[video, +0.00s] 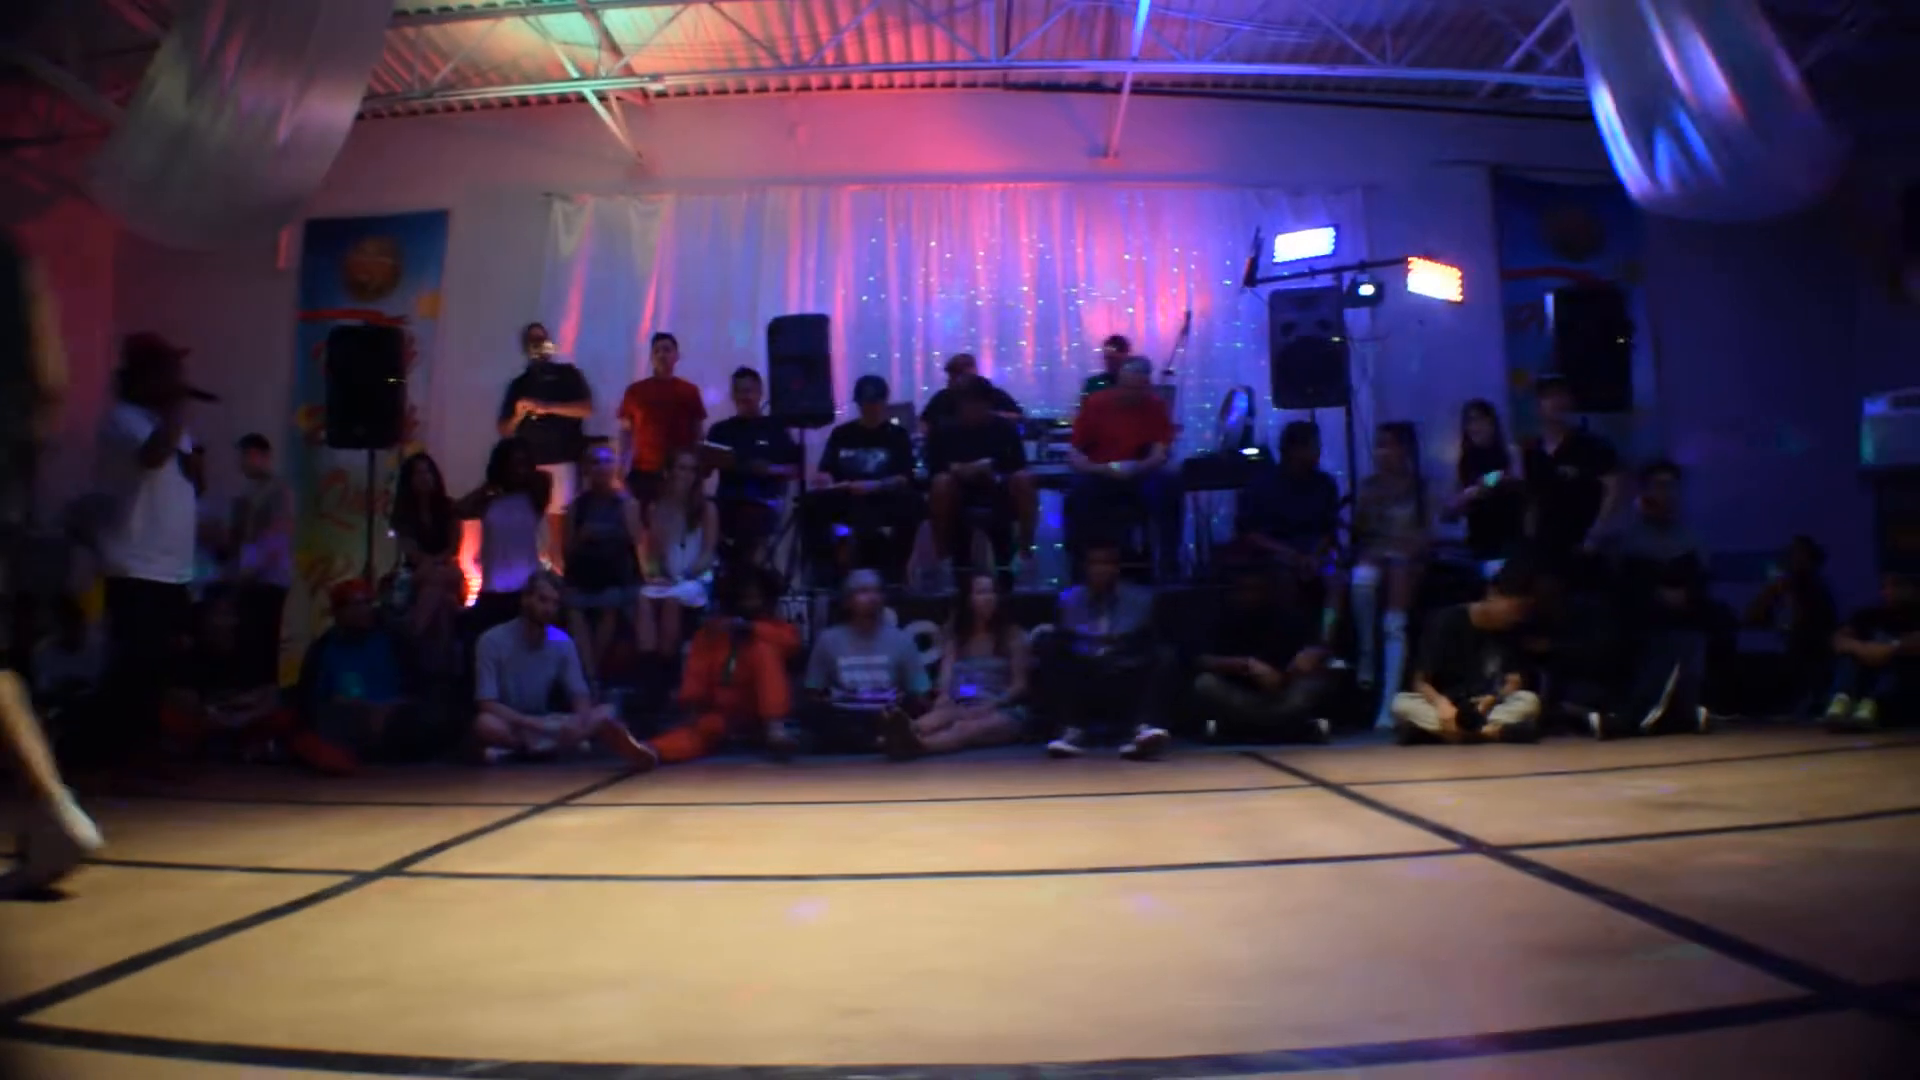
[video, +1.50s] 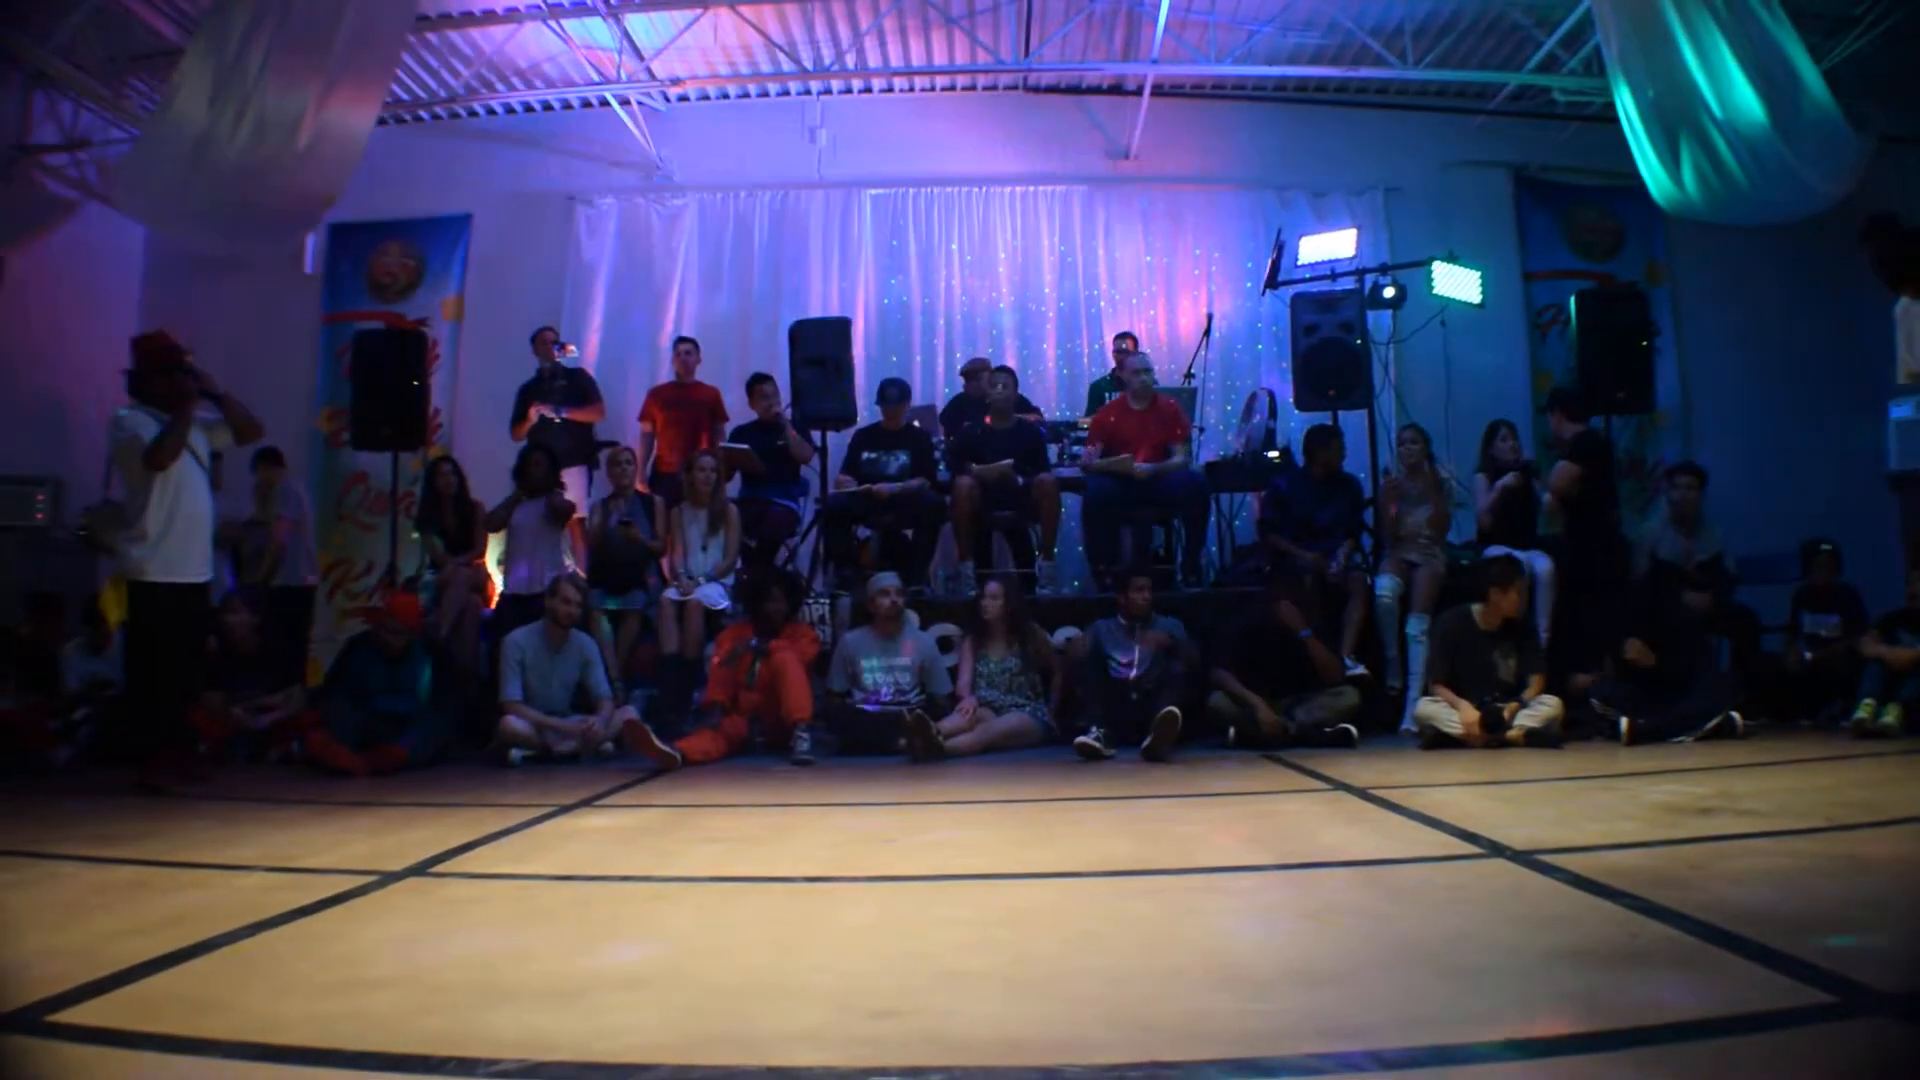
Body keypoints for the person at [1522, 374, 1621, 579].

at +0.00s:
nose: (1554, 414)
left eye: (1560, 407)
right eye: (1549, 407)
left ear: (1570, 408)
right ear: (1540, 410)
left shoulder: (1591, 447)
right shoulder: (1533, 451)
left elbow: (1613, 489)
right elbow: (1531, 497)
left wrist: (1595, 537)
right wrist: (1529, 534)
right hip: (1543, 540)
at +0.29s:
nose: (1554, 404)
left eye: (1561, 397)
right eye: (1550, 398)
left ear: (1576, 402)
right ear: (1544, 405)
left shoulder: (1600, 446)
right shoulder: (1539, 452)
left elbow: (1609, 491)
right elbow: (1532, 499)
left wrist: (1565, 508)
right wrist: (1532, 535)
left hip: (1593, 539)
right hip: (1551, 542)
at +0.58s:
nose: (1547, 411)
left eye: (1555, 403)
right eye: (1544, 404)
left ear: (1572, 408)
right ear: (1540, 410)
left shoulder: (1591, 445)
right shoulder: (1535, 452)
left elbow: (1576, 477)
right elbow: (1519, 495)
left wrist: (1538, 486)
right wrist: (1564, 492)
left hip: (1585, 546)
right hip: (1545, 549)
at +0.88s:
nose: (1555, 409)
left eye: (1561, 403)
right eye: (1556, 404)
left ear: (1579, 407)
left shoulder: (1605, 442)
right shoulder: (1554, 450)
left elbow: (1590, 471)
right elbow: (1540, 495)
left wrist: (1552, 484)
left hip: (1600, 543)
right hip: (1565, 544)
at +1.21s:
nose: (1556, 419)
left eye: (1558, 411)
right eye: (1556, 411)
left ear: (1568, 411)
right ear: (1577, 411)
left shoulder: (1597, 441)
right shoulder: (1573, 448)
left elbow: (1562, 488)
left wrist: (1546, 483)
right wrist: (1555, 490)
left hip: (1596, 550)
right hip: (1578, 548)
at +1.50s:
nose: (1550, 425)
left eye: (1551, 417)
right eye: (1550, 417)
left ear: (1560, 416)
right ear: (1578, 413)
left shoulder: (1584, 444)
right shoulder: (1594, 443)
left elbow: (1559, 484)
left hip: (1588, 547)